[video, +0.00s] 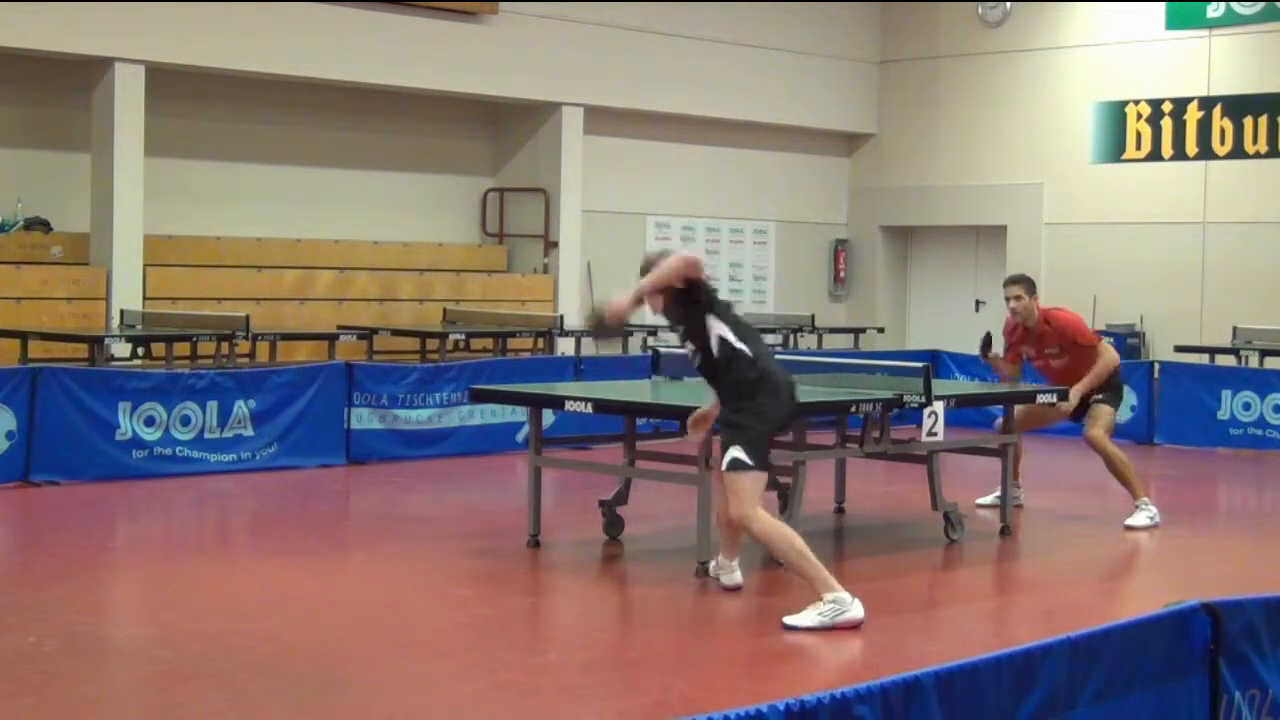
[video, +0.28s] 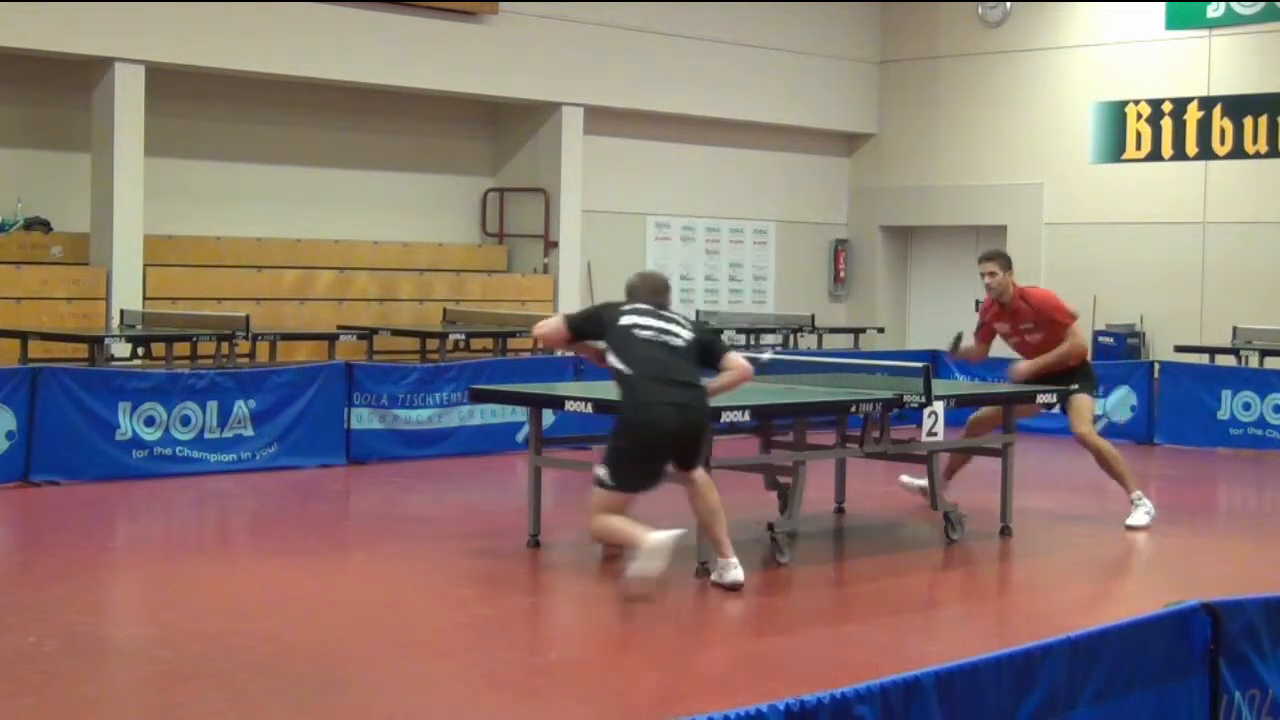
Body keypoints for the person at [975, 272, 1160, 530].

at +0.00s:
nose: (1012, 306)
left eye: (1017, 299)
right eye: (1008, 300)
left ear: (1034, 299)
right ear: (1005, 303)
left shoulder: (1063, 322)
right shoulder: (1013, 328)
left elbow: (1111, 357)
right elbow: (1013, 375)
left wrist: (1078, 391)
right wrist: (995, 361)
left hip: (1101, 383)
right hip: (1065, 388)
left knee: (1095, 435)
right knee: (1009, 425)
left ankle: (1145, 506)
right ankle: (1011, 490)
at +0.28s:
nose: (986, 282)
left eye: (992, 275)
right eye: (983, 277)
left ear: (1009, 275)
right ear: (983, 280)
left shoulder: (1039, 300)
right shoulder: (990, 310)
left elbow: (1078, 345)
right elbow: (979, 353)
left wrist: (1033, 365)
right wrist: (958, 352)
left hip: (1074, 372)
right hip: (1040, 376)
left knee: (1083, 432)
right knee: (977, 424)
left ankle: (1139, 500)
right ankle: (938, 484)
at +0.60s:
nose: (985, 294)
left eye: (989, 287)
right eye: (983, 289)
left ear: (1007, 282)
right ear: (992, 287)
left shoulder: (1027, 304)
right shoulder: (1016, 309)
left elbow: (1033, 348)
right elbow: (1034, 359)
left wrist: (987, 370)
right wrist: (1006, 377)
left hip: (1072, 389)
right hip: (1043, 390)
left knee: (1069, 457)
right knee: (981, 435)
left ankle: (1141, 502)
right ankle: (933, 488)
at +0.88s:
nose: (1035, 275)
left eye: (1040, 268)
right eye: (1034, 269)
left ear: (1059, 266)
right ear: (1047, 270)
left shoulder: (1093, 293)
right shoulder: (1048, 306)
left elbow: (1131, 326)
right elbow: (1021, 337)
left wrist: (1095, 346)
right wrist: (1001, 309)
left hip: (1107, 389)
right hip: (1077, 390)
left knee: (1088, 450)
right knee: (1010, 423)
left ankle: (1146, 505)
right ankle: (1035, 485)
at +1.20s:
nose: (1056, 265)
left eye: (1062, 259)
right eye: (1053, 260)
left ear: (1080, 259)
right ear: (1052, 262)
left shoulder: (1111, 290)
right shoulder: (1054, 296)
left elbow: (1150, 328)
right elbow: (1034, 339)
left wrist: (1126, 346)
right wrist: (1028, 321)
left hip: (1117, 378)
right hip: (1083, 380)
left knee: (1104, 428)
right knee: (1023, 424)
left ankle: (1149, 505)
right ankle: (1039, 489)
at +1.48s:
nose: (1042, 268)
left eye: (1048, 261)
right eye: (1039, 263)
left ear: (1065, 261)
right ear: (1039, 266)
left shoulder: (1095, 288)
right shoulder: (1046, 298)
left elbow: (1119, 335)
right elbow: (1030, 341)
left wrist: (1073, 343)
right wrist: (1012, 339)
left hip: (1129, 365)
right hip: (1097, 368)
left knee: (1138, 433)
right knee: (1046, 419)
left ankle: (1202, 495)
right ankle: (1032, 477)